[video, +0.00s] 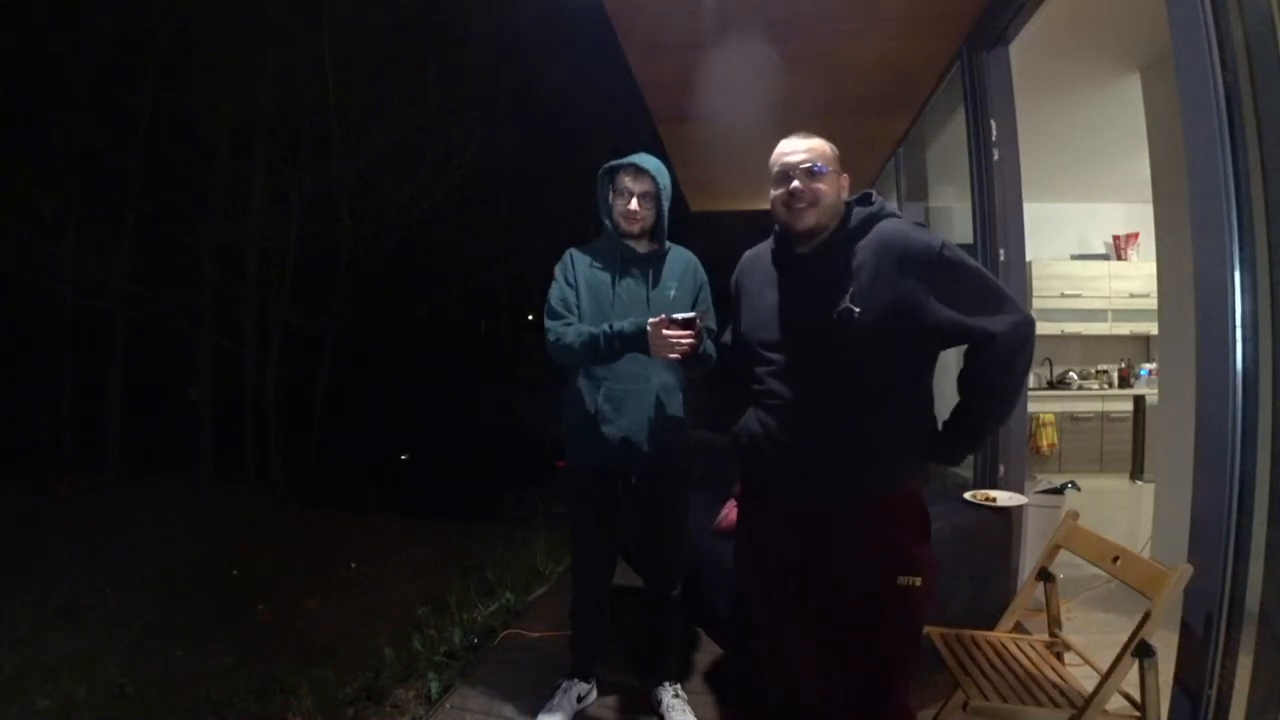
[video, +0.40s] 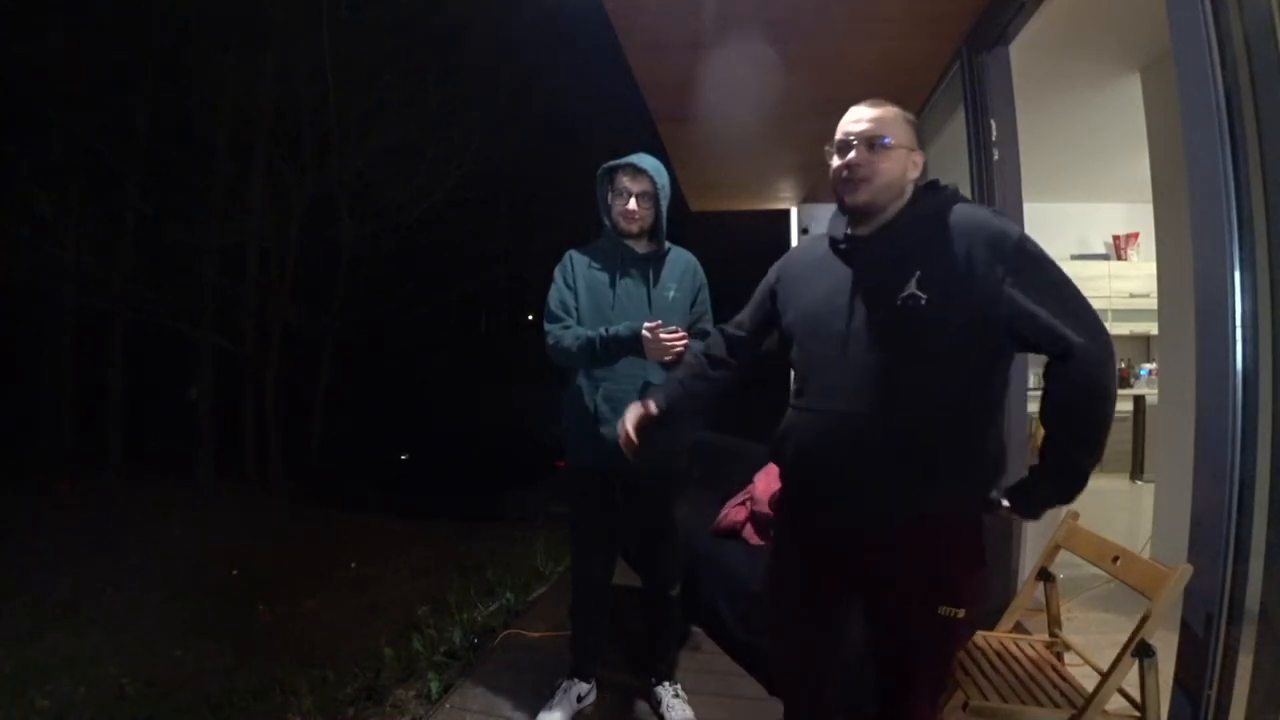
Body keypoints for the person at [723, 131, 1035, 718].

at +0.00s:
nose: (796, 187)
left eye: (812, 173)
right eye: (782, 177)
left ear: (844, 185)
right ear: (769, 196)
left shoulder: (900, 250)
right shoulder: (752, 268)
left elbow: (1008, 331)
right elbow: (736, 368)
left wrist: (950, 443)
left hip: (878, 493)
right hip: (776, 492)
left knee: (872, 674)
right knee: (776, 664)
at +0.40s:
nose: (846, 157)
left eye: (869, 143)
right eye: (838, 147)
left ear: (916, 162)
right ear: (829, 167)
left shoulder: (973, 240)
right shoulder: (800, 264)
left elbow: (1085, 352)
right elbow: (728, 350)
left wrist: (1045, 484)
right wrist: (664, 403)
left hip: (937, 525)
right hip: (816, 523)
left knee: (908, 695)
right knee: (811, 691)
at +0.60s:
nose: (881, 147)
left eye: (905, 132)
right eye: (871, 137)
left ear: (954, 150)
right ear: (861, 155)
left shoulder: (1014, 244)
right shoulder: (825, 254)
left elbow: (1110, 397)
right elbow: (740, 312)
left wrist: (1067, 533)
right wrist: (636, 313)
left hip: (952, 545)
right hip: (828, 535)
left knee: (923, 705)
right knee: (805, 697)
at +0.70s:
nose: (894, 145)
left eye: (919, 129)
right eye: (885, 135)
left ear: (973, 147)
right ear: (874, 152)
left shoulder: (1035, 246)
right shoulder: (836, 248)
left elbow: (1128, 408)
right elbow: (742, 302)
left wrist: (1083, 547)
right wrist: (627, 281)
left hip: (956, 549)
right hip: (830, 536)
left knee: (926, 705)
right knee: (803, 694)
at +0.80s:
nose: (904, 140)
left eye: (930, 125)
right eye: (897, 130)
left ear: (984, 143)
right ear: (886, 149)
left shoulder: (1048, 244)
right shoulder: (847, 243)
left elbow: (1134, 417)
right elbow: (749, 291)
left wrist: (1103, 572)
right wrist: (634, 264)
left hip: (960, 552)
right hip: (833, 535)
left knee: (930, 707)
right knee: (797, 695)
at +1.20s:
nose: (922, 139)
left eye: (949, 123)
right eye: (915, 128)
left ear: (1004, 140)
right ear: (907, 148)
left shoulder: (1070, 245)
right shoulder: (863, 243)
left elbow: (1137, 426)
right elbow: (755, 289)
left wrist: (1106, 580)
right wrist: (642, 263)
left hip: (973, 559)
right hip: (838, 543)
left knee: (936, 710)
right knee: (800, 702)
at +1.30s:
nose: (925, 138)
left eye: (952, 122)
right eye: (916, 128)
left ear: (1005, 141)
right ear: (908, 149)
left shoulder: (1070, 246)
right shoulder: (862, 243)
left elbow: (1134, 425)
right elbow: (754, 289)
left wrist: (1104, 580)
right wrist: (643, 261)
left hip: (975, 561)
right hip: (840, 544)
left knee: (937, 709)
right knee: (802, 703)